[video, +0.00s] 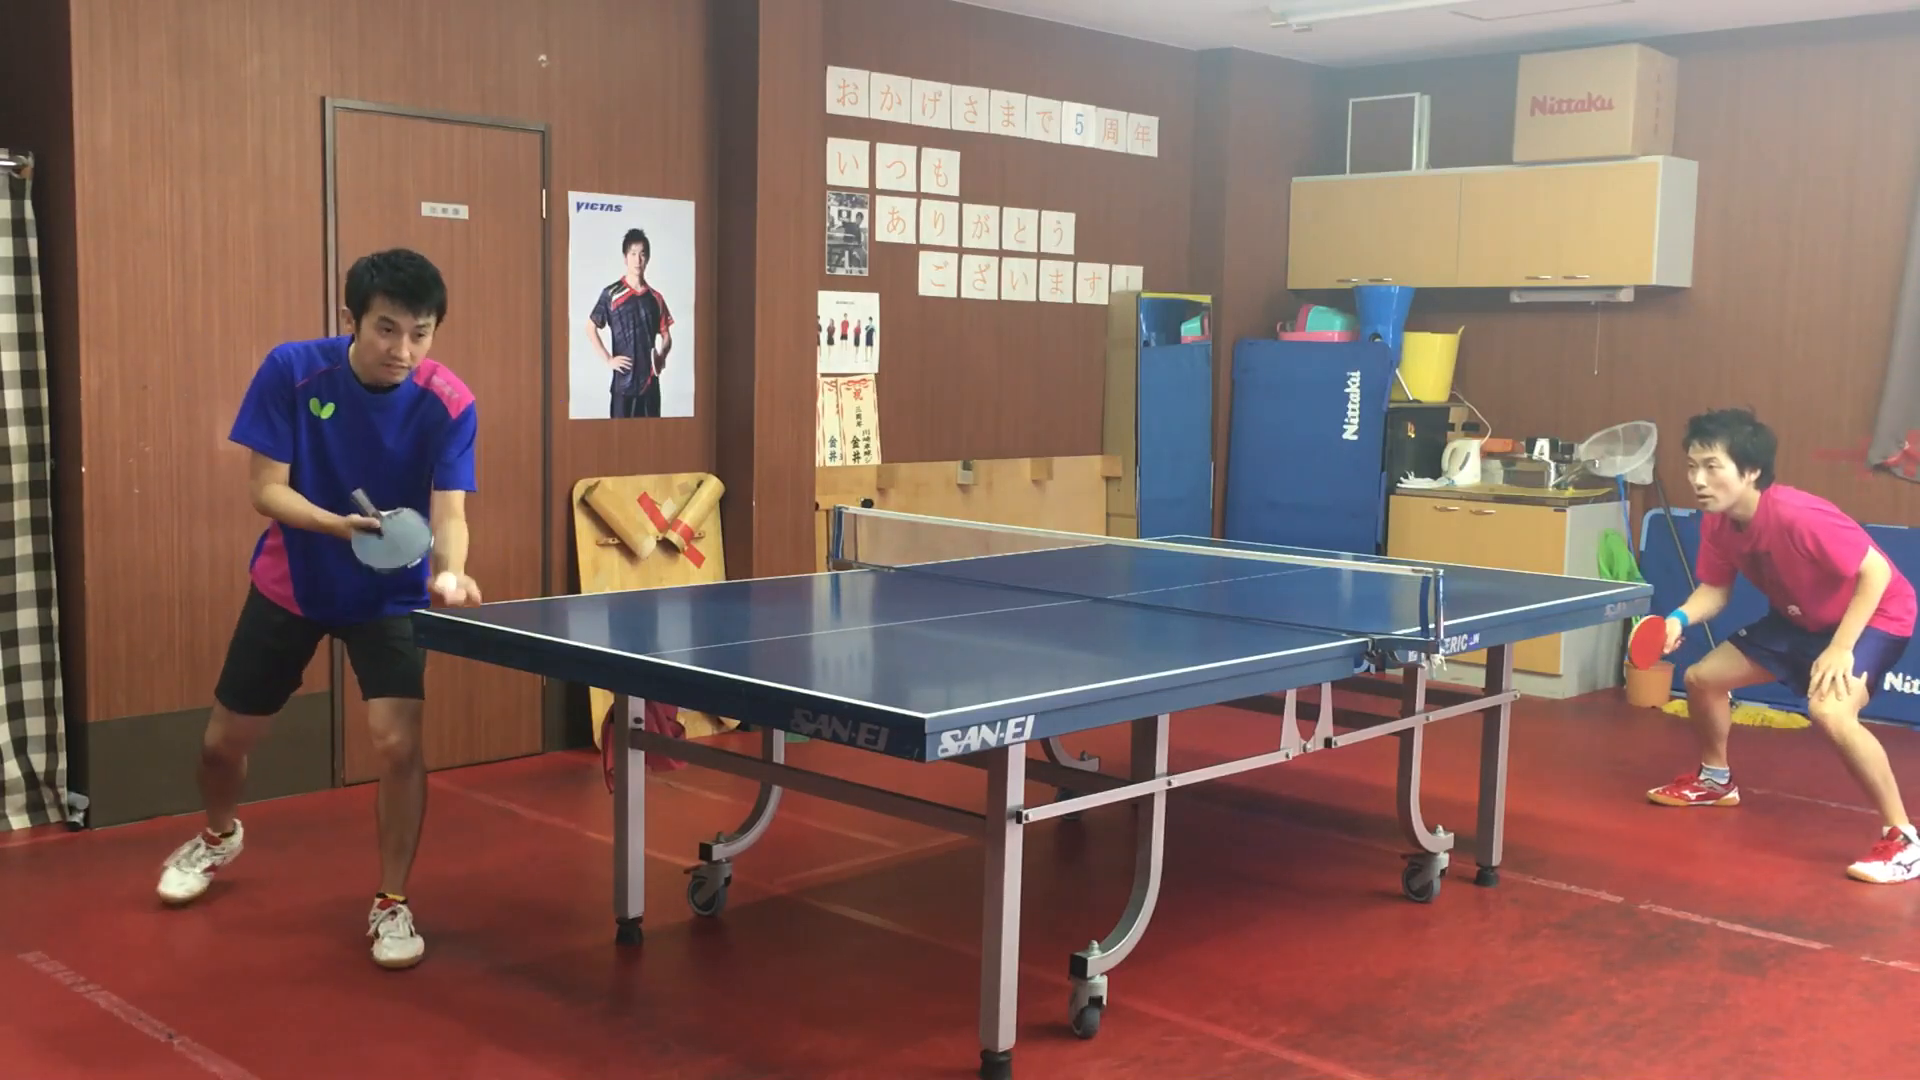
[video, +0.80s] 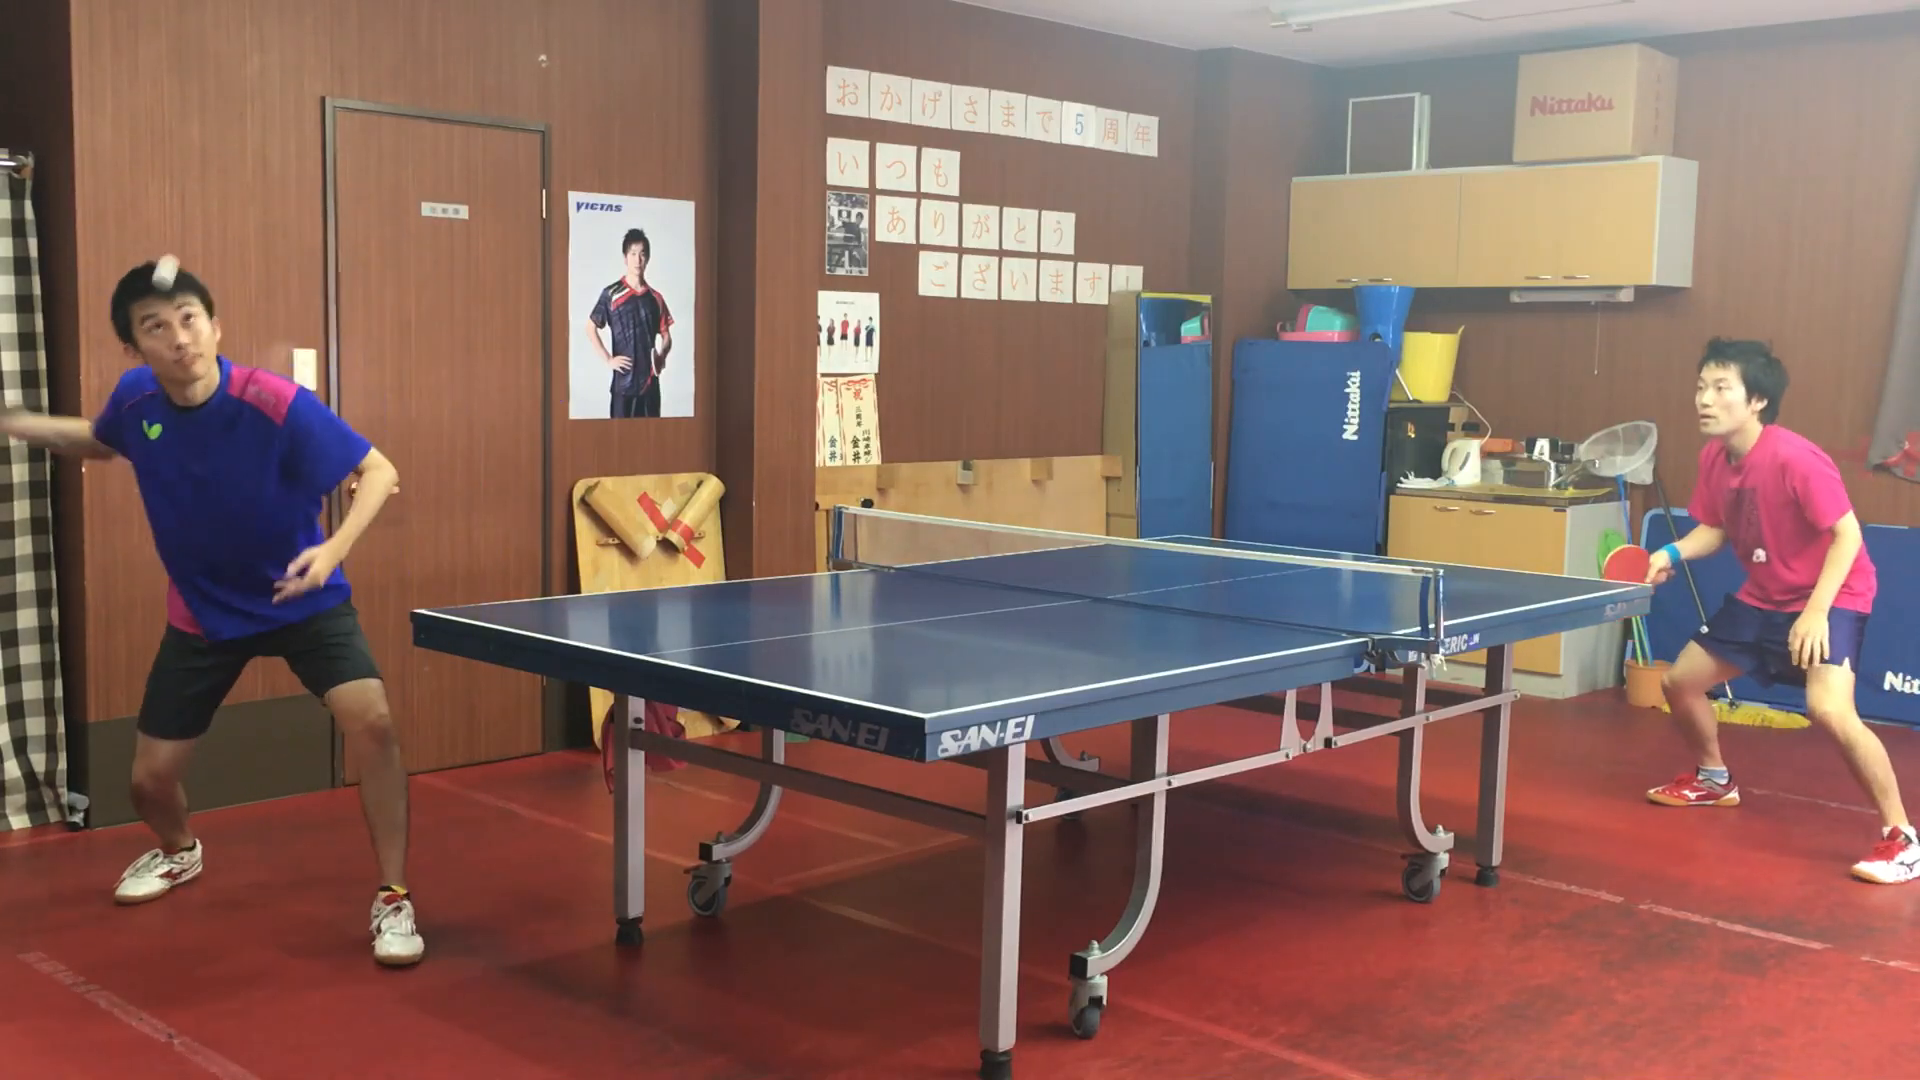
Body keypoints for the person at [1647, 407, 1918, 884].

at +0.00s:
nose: (1697, 480)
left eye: (1711, 467)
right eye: (1692, 467)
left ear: (1751, 473)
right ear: (1686, 470)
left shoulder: (1799, 517)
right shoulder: (1718, 521)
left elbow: (1877, 571)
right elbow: (1714, 590)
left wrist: (1841, 646)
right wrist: (1677, 620)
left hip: (1877, 617)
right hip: (1801, 617)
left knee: (1829, 711)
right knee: (1703, 679)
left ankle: (1903, 836)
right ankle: (1713, 780)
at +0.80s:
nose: (1703, 398)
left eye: (1719, 388)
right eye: (1701, 387)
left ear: (1757, 403)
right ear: (1699, 394)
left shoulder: (1797, 460)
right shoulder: (1714, 457)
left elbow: (1848, 536)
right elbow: (1714, 530)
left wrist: (1817, 611)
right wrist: (1670, 553)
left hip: (1831, 598)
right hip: (1764, 594)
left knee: (1829, 709)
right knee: (1681, 681)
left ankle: (1900, 834)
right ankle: (1713, 779)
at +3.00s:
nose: (1669, 359)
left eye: (1683, 348)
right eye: (1662, 348)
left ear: (1712, 358)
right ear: (1654, 354)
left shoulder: (1734, 402)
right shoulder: (1666, 414)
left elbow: (1713, 475)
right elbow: (1667, 477)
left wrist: (1654, 443)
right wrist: (1609, 488)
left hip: (1771, 546)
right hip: (1704, 543)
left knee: (1814, 654)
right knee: (1641, 624)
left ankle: (1858, 735)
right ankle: (1641, 719)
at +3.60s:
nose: (1470, 374)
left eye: (1482, 365)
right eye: (1466, 365)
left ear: (1509, 375)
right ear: (1460, 372)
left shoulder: (1515, 417)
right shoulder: (1498, 415)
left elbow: (1550, 470)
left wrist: (1594, 524)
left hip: (1552, 555)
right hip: (1505, 549)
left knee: (1607, 643)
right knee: (1436, 591)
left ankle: (1691, 698)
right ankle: (1409, 690)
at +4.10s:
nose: (1365, 318)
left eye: (1379, 312)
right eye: (1364, 308)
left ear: (1402, 327)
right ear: (1360, 310)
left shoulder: (1406, 364)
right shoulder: (1374, 363)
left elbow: (1454, 413)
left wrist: (1504, 461)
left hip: (1380, 515)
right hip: (1350, 508)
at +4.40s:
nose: (1322, 314)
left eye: (1336, 310)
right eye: (1319, 302)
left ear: (1352, 324)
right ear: (1309, 306)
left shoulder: (1352, 366)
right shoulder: (1314, 360)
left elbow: (1375, 434)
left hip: (1318, 512)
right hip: (1278, 501)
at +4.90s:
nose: (1328, 323)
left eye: (1333, 316)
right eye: (1319, 313)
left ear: (1335, 323)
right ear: (1289, 316)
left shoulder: (1346, 374)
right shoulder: (1248, 374)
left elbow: (1353, 444)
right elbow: (1217, 434)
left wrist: (1319, 497)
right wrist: (1188, 493)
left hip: (1315, 521)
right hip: (1255, 518)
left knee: (1313, 616)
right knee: (1253, 611)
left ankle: (1316, 721)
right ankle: (1244, 713)